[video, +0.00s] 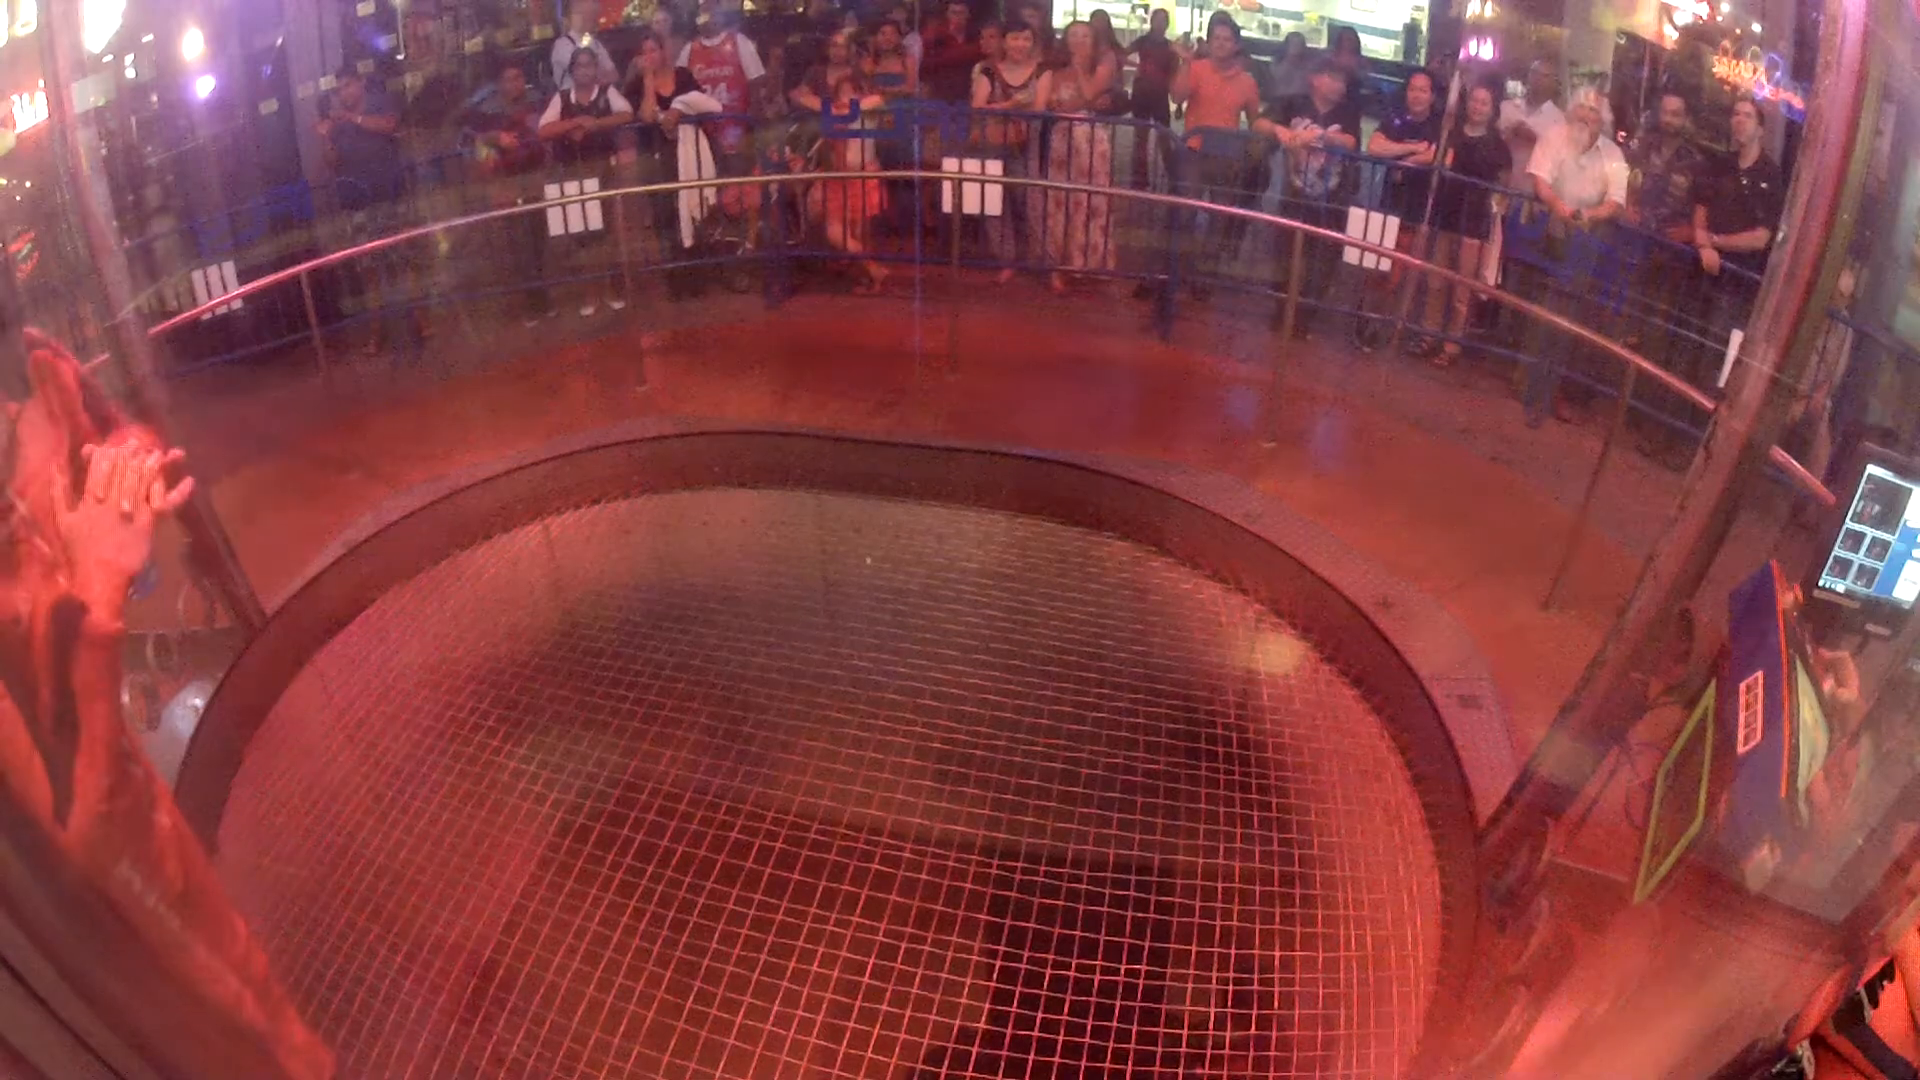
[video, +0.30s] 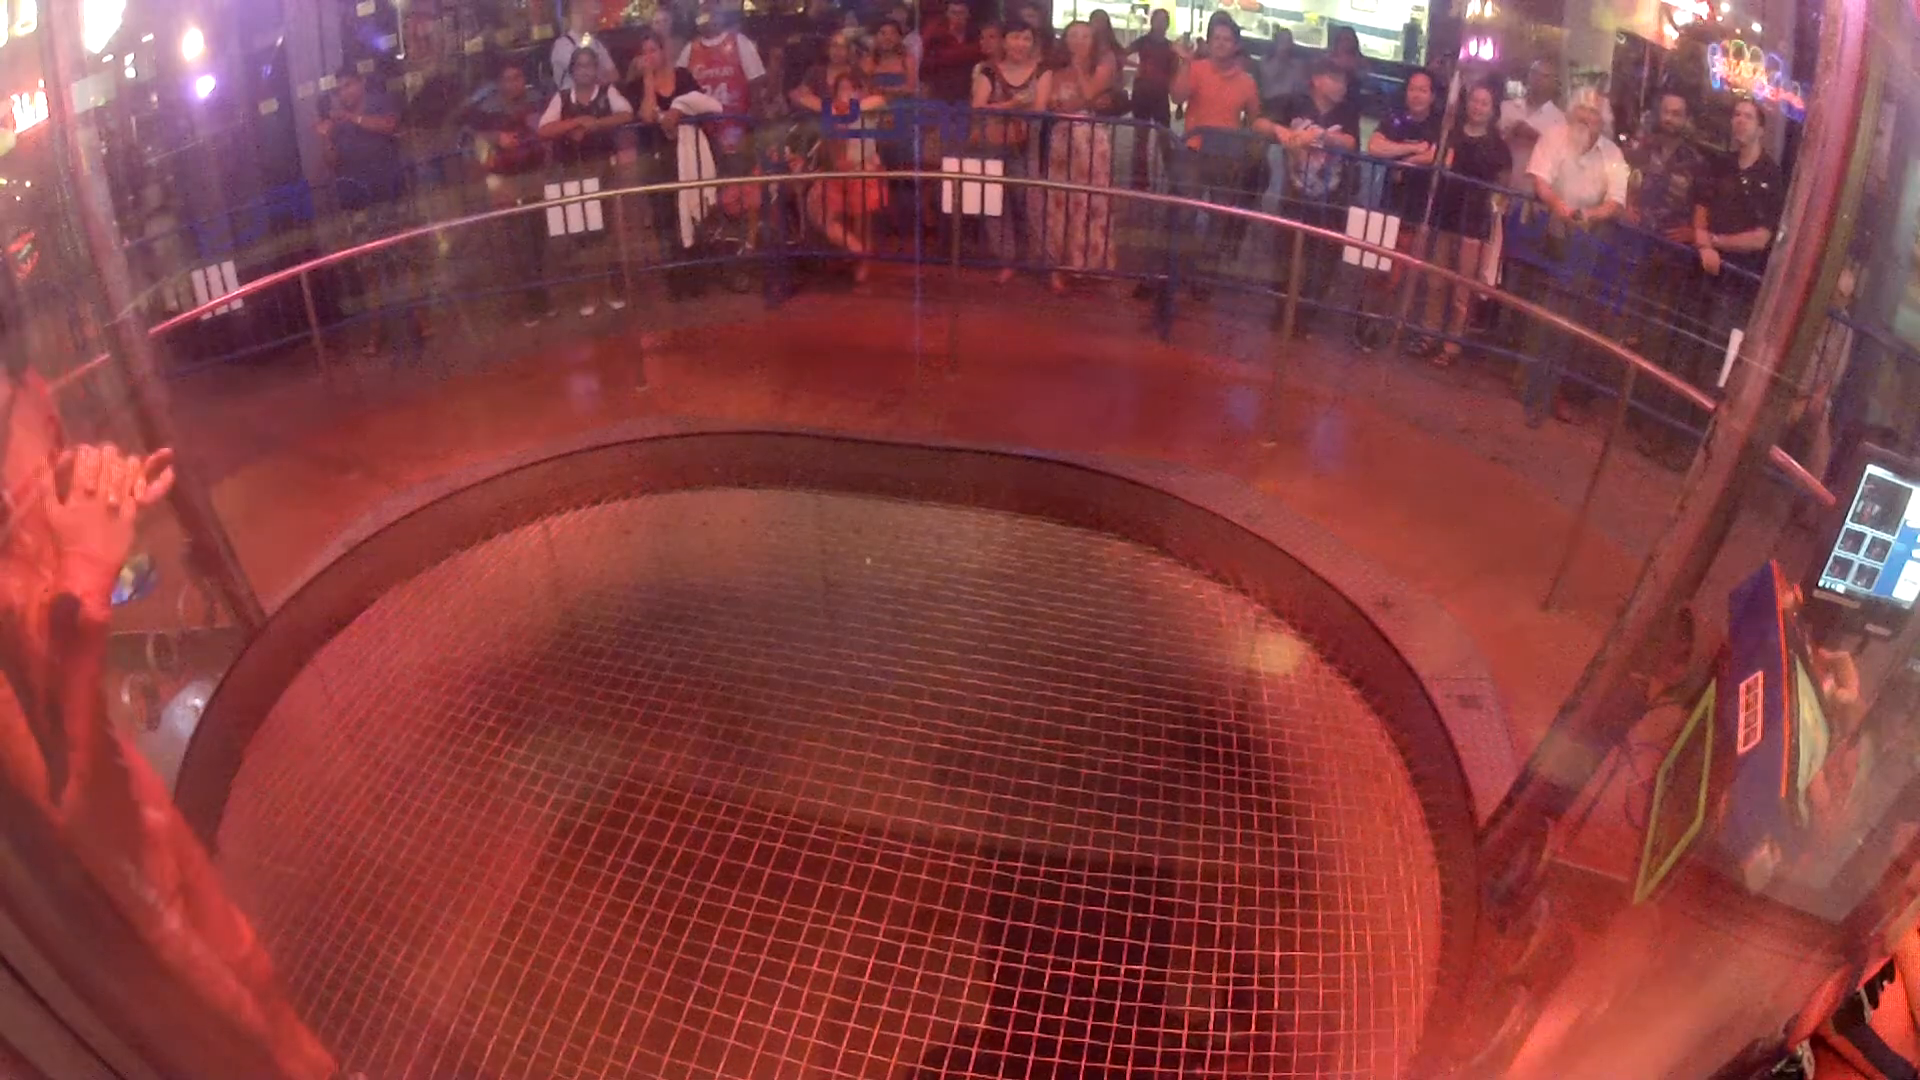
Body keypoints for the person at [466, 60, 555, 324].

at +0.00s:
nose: (516, 83)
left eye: (519, 78)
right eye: (510, 79)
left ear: (524, 79)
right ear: (500, 84)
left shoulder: (535, 104)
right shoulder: (490, 109)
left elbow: (550, 132)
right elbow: (468, 130)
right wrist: (496, 137)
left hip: (536, 174)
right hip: (506, 178)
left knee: (538, 240)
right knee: (518, 243)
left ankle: (543, 300)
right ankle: (528, 304)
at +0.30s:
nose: (516, 84)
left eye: (519, 78)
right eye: (510, 79)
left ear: (524, 79)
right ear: (499, 84)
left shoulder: (534, 104)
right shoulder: (490, 108)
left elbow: (548, 133)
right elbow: (466, 124)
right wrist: (497, 138)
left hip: (534, 176)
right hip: (505, 180)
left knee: (537, 241)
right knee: (518, 243)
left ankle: (541, 300)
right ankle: (528, 305)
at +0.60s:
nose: (515, 84)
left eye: (518, 78)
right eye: (509, 80)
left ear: (523, 78)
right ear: (498, 83)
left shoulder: (533, 101)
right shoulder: (485, 107)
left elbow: (549, 130)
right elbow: (465, 135)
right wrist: (494, 140)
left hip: (534, 175)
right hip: (503, 180)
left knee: (538, 240)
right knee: (516, 244)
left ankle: (542, 299)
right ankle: (522, 306)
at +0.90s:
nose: (510, 87)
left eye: (512, 80)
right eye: (504, 82)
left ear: (522, 79)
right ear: (496, 85)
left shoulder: (536, 104)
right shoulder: (487, 112)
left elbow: (550, 136)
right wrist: (498, 148)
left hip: (535, 177)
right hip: (506, 182)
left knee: (538, 241)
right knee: (518, 245)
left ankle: (543, 300)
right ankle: (526, 305)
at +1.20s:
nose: (503, 87)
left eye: (508, 80)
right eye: (499, 81)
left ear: (521, 80)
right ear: (494, 84)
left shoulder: (536, 103)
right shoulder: (484, 111)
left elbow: (548, 142)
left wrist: (523, 149)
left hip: (533, 181)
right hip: (501, 187)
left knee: (536, 245)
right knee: (513, 248)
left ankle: (542, 301)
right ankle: (522, 307)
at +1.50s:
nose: (502, 87)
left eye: (507, 80)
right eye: (498, 81)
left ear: (520, 80)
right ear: (493, 84)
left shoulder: (536, 105)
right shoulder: (489, 110)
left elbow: (549, 139)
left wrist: (520, 145)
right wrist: (496, 139)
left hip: (536, 180)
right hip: (506, 185)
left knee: (536, 245)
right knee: (517, 247)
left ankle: (541, 303)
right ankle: (529, 306)